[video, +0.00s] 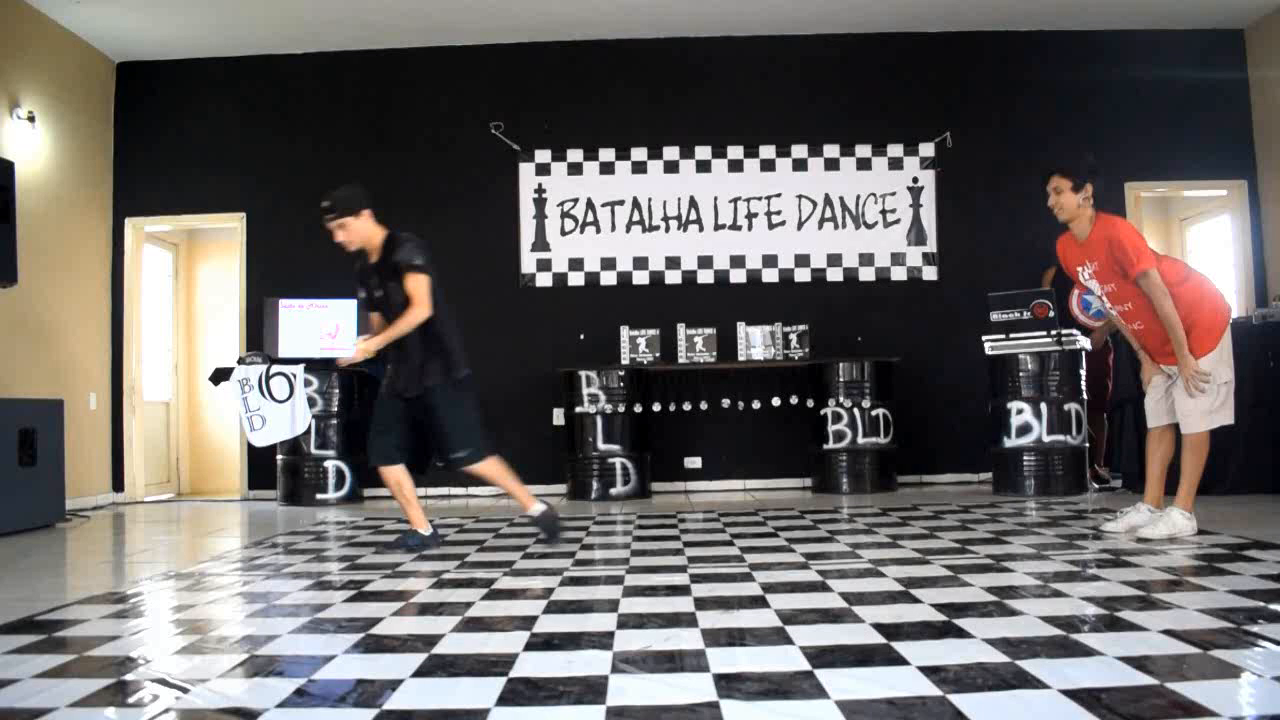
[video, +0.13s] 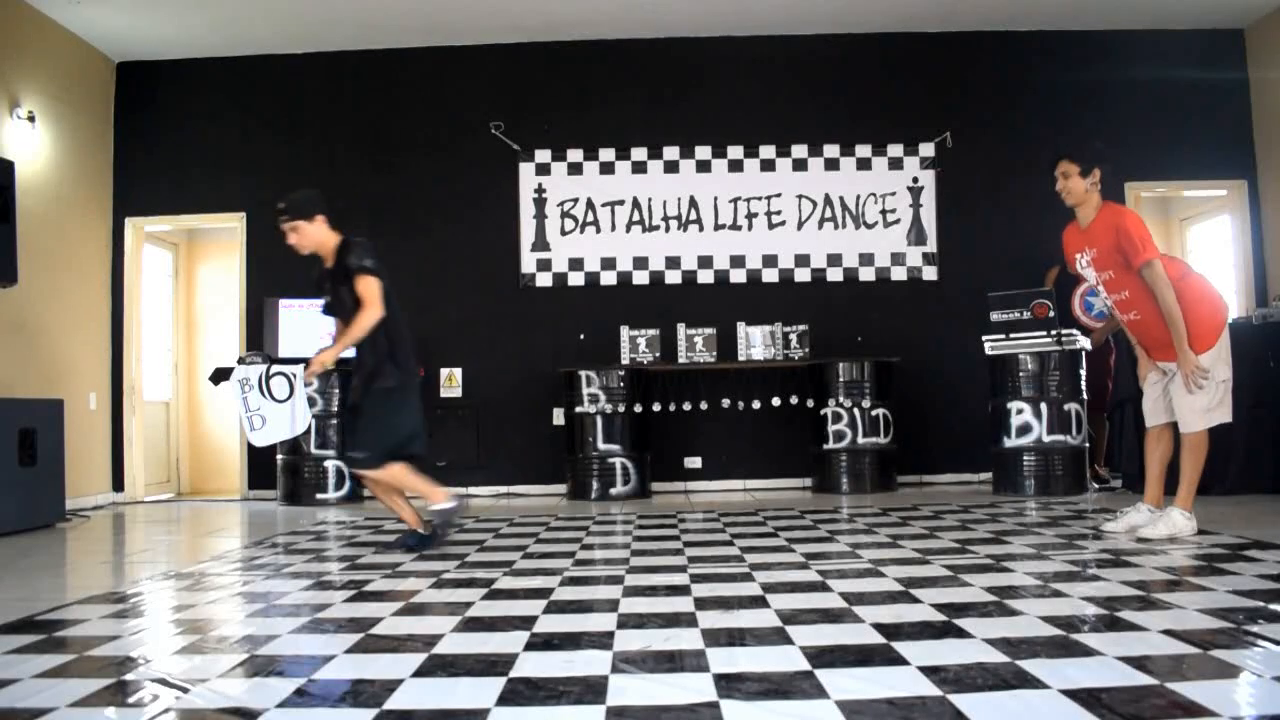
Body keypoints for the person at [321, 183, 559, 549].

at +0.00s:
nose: (337, 238)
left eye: (340, 227)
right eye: (332, 231)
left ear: (365, 216)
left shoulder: (406, 249)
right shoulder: (366, 271)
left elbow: (422, 308)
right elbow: (378, 331)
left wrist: (372, 343)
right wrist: (356, 350)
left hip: (440, 368)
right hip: (402, 373)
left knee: (466, 453)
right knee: (385, 453)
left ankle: (537, 509)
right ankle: (423, 530)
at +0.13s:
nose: (289, 240)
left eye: (293, 230)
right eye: (285, 233)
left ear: (319, 222)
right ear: (312, 227)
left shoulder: (356, 253)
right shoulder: (331, 271)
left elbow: (374, 309)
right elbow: (346, 326)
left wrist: (334, 351)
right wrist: (326, 359)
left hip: (391, 369)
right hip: (367, 371)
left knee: (368, 458)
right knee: (360, 461)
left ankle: (442, 498)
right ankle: (418, 527)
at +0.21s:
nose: (255, 234)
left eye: (259, 224)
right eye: (253, 226)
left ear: (287, 217)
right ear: (283, 221)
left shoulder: (322, 250)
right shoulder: (296, 269)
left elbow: (340, 305)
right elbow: (312, 326)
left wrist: (303, 353)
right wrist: (295, 366)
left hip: (360, 371)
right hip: (346, 372)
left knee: (301, 445)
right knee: (356, 462)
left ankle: (352, 517)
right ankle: (421, 527)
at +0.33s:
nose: (198, 220)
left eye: (200, 209)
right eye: (194, 212)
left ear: (225, 201)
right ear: (217, 207)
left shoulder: (266, 239)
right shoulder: (234, 257)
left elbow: (282, 301)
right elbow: (248, 313)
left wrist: (245, 355)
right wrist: (239, 360)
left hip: (287, 369)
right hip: (283, 370)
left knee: (231, 441)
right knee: (317, 453)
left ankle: (196, 537)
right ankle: (388, 509)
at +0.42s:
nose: (154, 225)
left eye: (157, 214)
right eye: (150, 217)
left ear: (183, 208)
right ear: (176, 213)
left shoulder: (220, 247)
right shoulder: (195, 259)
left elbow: (238, 311)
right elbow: (210, 316)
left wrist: (195, 358)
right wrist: (191, 359)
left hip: (242, 368)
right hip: (237, 368)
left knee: (182, 447)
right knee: (256, 462)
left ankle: (156, 544)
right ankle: (340, 495)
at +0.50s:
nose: (98, 246)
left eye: (101, 236)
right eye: (96, 238)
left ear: (125, 230)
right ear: (124, 232)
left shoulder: (163, 271)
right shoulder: (153, 274)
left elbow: (175, 336)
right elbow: (164, 341)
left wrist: (126, 377)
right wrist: (129, 384)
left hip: (196, 377)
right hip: (196, 377)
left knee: (125, 449)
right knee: (169, 469)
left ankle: (147, 544)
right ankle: (243, 496)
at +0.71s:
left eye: (2, 276)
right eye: (0, 277)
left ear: (18, 272)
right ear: (18, 273)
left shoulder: (64, 306)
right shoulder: (46, 315)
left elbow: (59, 382)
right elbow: (47, 378)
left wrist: (15, 422)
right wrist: (11, 415)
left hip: (137, 393)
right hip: (112, 391)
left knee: (74, 472)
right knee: (33, 450)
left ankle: (143, 544)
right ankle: (3, 530)